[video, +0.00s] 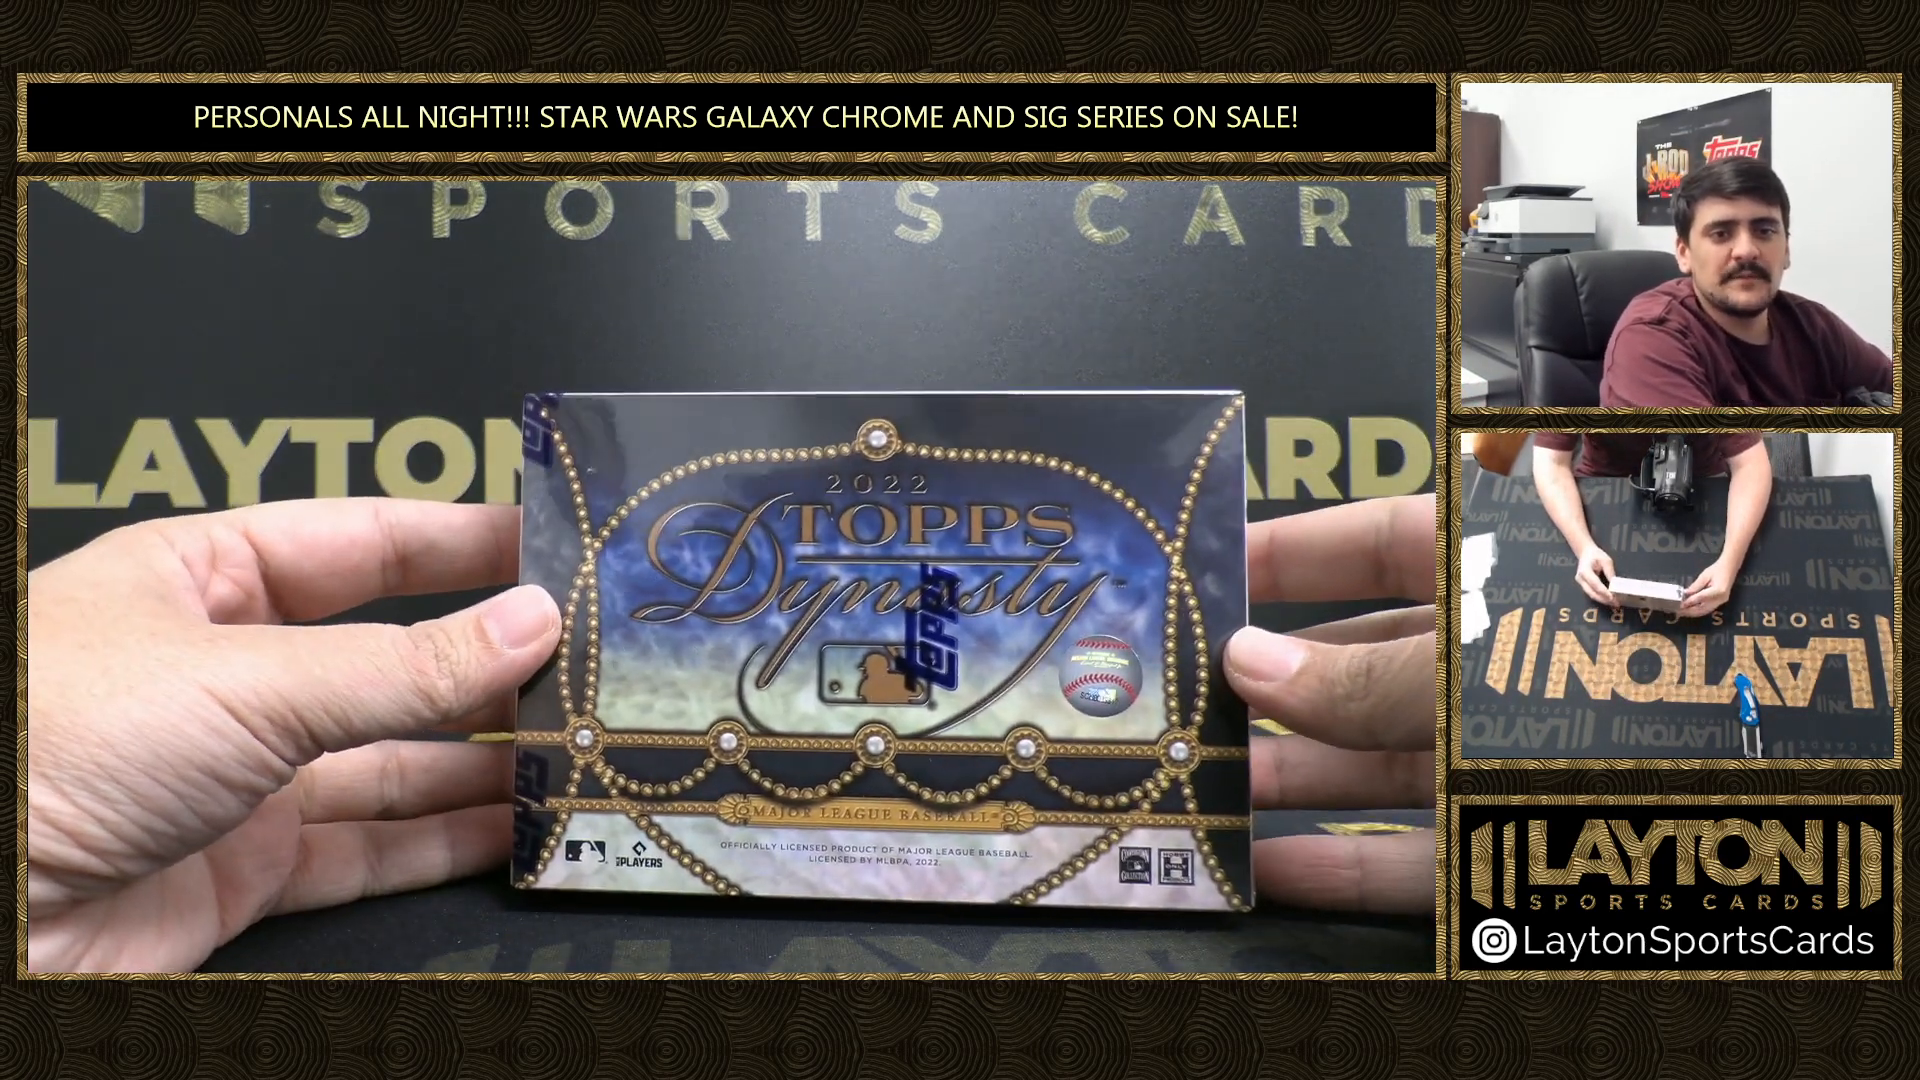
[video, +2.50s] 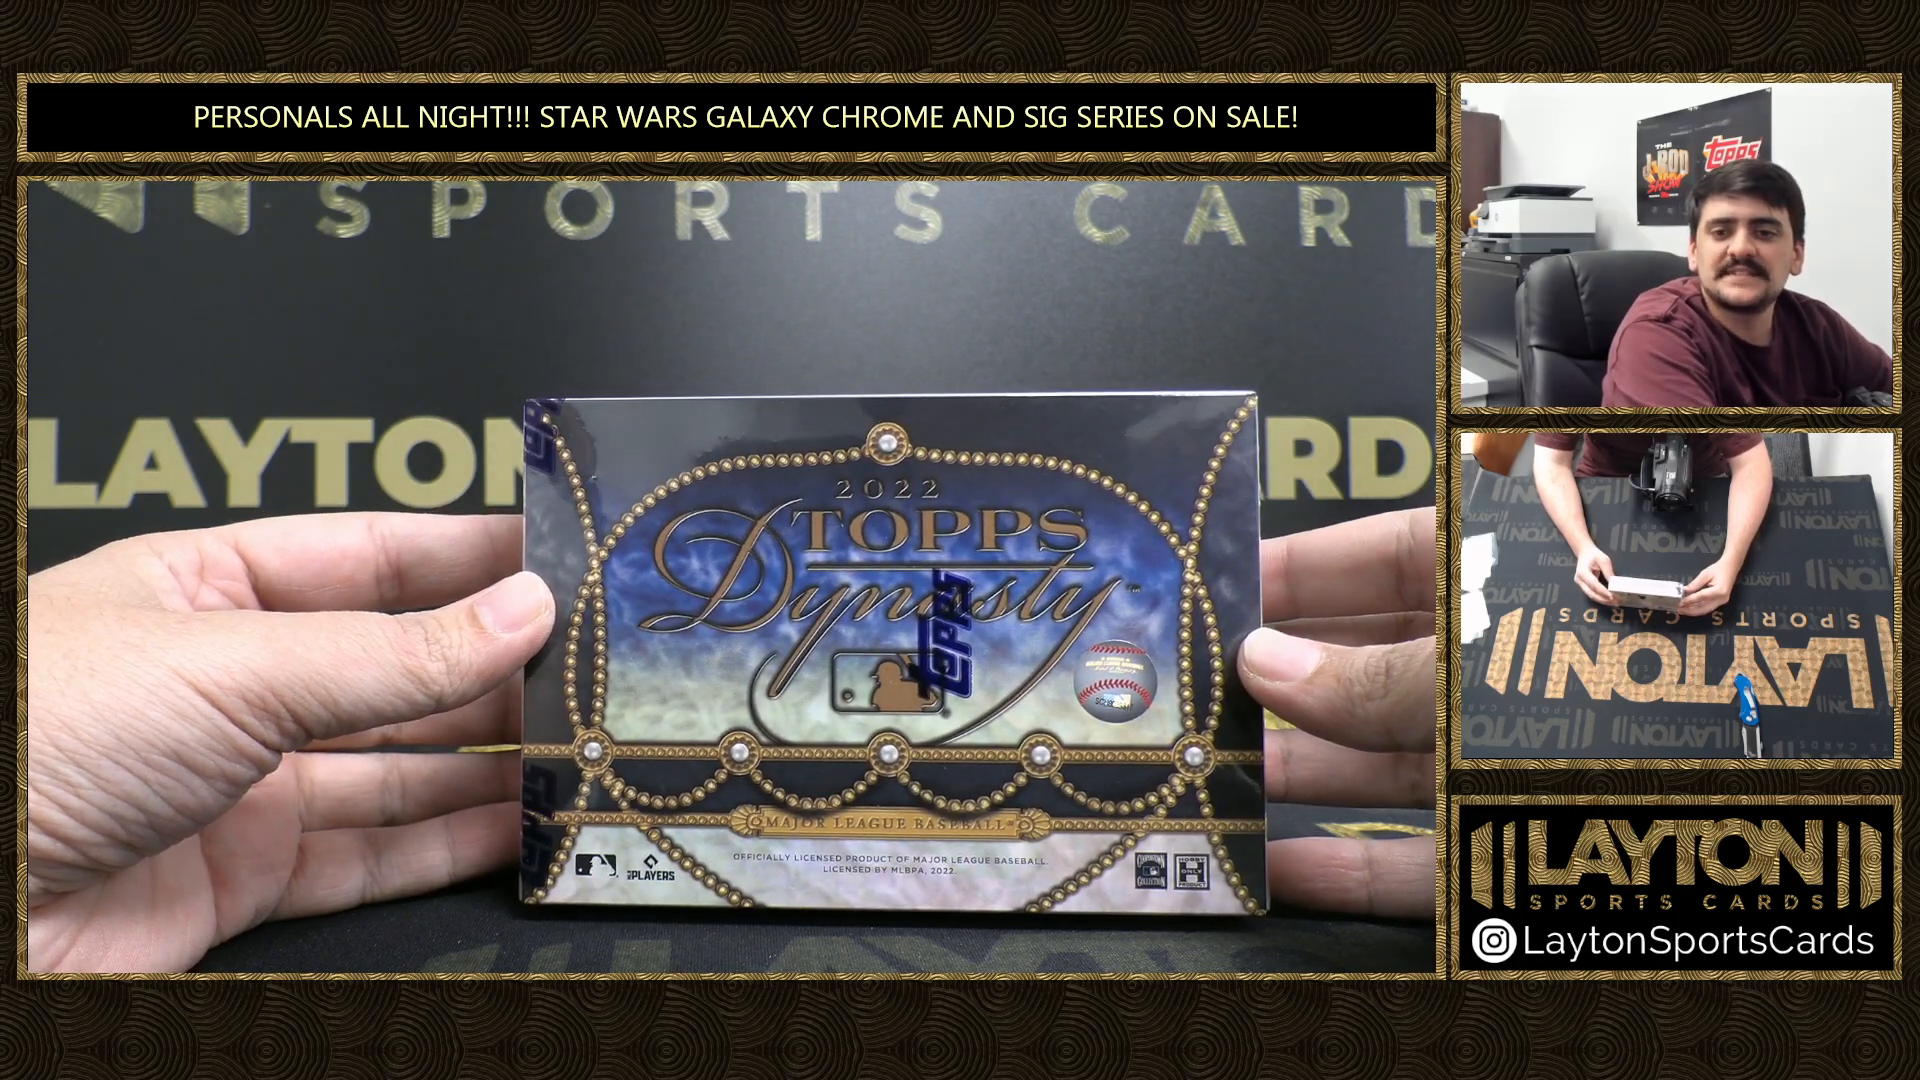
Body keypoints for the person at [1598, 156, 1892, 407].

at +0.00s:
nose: (1746, 250)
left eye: (1763, 231)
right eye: (1721, 234)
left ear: (1786, 250)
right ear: (1684, 254)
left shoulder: (1814, 329)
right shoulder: (1651, 335)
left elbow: (1895, 387)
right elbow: (1744, 461)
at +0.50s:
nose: (1747, 247)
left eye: (1765, 228)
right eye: (1723, 231)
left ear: (1788, 248)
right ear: (1685, 251)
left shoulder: (1816, 328)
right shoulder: (1652, 334)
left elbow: (1896, 388)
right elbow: (1746, 461)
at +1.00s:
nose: (1752, 247)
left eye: (1771, 229)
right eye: (1728, 230)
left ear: (1796, 250)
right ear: (1691, 251)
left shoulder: (1818, 328)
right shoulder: (1657, 333)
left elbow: (1897, 386)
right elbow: (1747, 462)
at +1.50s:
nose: (1747, 252)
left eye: (1767, 233)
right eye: (1724, 235)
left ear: (1795, 251)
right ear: (1691, 254)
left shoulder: (1817, 329)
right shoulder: (1655, 333)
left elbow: (1897, 388)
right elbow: (1747, 460)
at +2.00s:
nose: (1742, 249)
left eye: (1764, 232)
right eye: (1721, 233)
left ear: (1795, 254)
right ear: (1691, 256)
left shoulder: (1817, 329)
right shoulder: (1655, 334)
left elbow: (1897, 390)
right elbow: (1746, 461)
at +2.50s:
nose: (1741, 248)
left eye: (1764, 233)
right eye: (1721, 231)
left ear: (1796, 255)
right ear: (1693, 252)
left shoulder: (1818, 328)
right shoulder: (1657, 332)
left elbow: (1896, 388)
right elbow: (1747, 462)